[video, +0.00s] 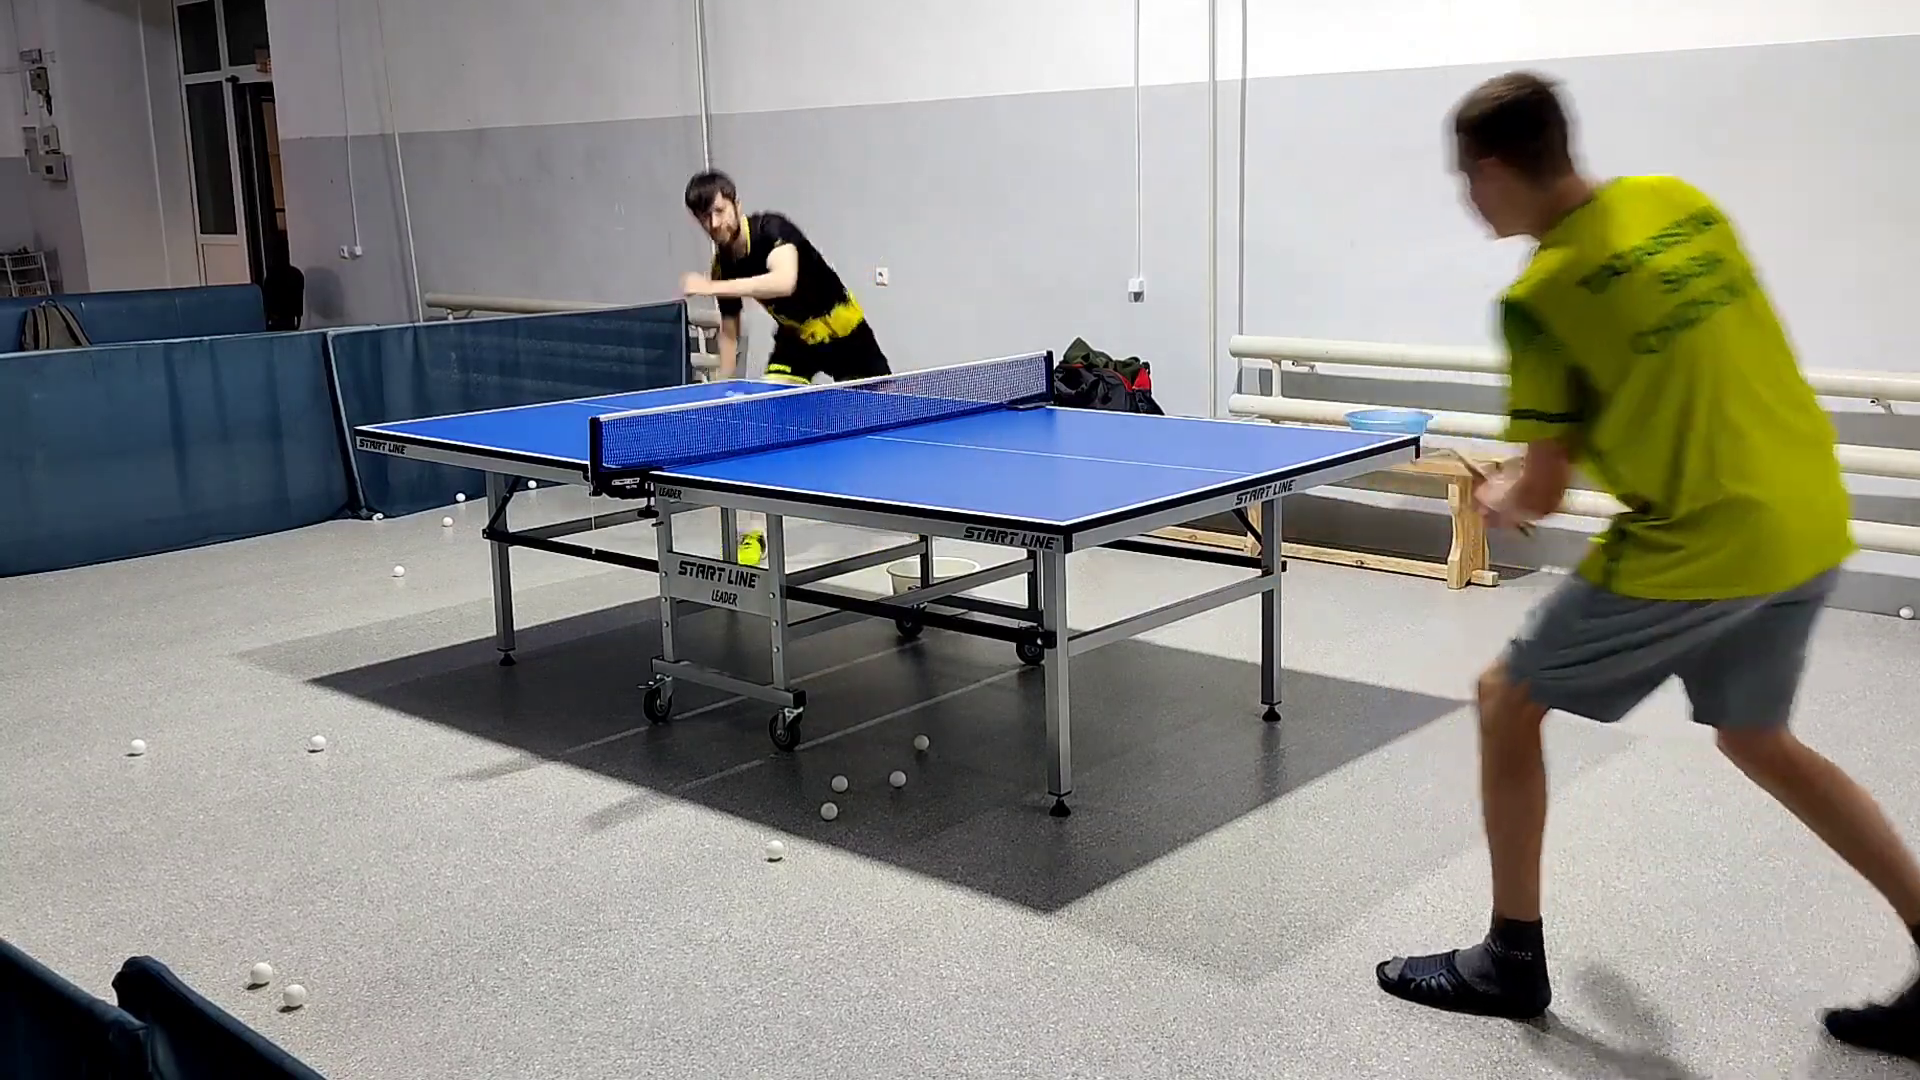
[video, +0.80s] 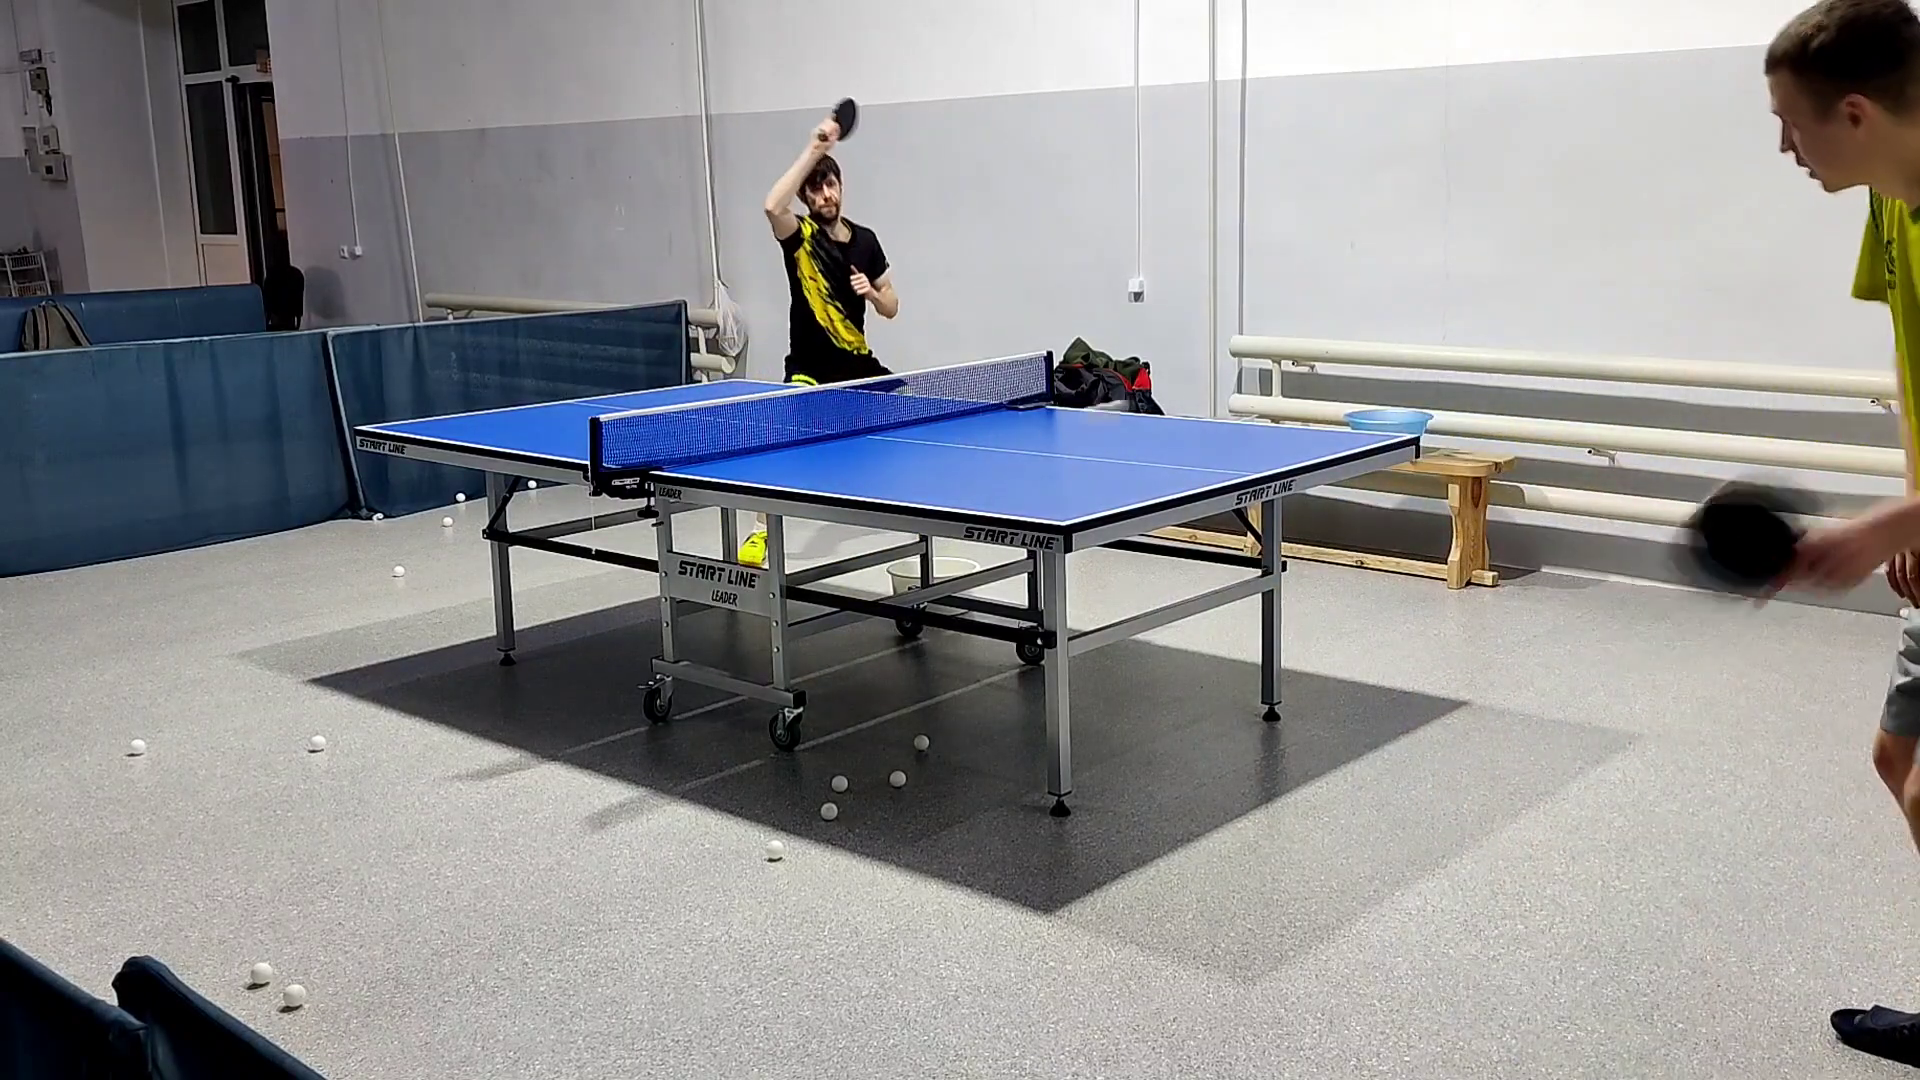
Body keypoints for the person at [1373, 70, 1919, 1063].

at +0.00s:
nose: (1470, 203)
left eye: (1471, 181)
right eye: (1466, 182)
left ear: (1506, 171)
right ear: (1559, 152)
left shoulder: (1541, 295)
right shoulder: (1680, 201)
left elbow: (1548, 478)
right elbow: (1701, 373)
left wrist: (1512, 502)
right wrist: (1567, 456)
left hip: (1689, 548)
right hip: (1812, 521)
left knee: (1506, 697)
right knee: (1754, 735)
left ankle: (1510, 956)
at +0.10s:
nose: (1545, 190)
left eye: (1548, 167)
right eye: (1542, 168)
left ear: (1585, 157)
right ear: (1639, 144)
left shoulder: (1625, 287)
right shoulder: (1754, 201)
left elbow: (1628, 492)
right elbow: (1806, 373)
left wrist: (1558, 535)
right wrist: (1664, 470)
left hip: (1751, 559)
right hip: (1864, 536)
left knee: (1555, 703)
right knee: (1797, 758)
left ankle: (1519, 957)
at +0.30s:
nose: (1672, 168)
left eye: (1678, 145)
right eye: (1670, 147)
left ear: (1727, 135)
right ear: (1766, 127)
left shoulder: (1778, 270)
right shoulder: (1878, 192)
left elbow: (1777, 487)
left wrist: (1644, 550)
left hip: (1868, 569)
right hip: (1919, 557)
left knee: (1667, 721)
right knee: (1847, 766)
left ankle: (1624, 995)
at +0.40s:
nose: (1708, 141)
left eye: (1714, 116)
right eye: (1706, 118)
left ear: (1765, 110)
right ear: (1814, 101)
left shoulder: (1832, 248)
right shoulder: (1905, 174)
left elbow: (1833, 470)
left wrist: (1686, 546)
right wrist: (1703, 538)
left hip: (1894, 553)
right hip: (1915, 546)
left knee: (1736, 740)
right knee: (1871, 751)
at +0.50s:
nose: (1735, 123)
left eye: (1739, 99)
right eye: (1732, 101)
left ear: (1786, 95)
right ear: (1836, 86)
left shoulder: (1874, 237)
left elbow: (1872, 463)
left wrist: (1714, 548)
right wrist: (1721, 546)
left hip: (1913, 567)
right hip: (1912, 562)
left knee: (1842, 787)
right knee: (1885, 788)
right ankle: (1919, 1019)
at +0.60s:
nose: (1750, 136)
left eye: (1753, 111)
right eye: (1747, 113)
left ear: (1804, 104)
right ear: (1835, 97)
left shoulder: (1900, 244)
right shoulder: (1901, 198)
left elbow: (1904, 476)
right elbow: (1912, 447)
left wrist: (1738, 573)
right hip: (1915, 585)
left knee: (1885, 799)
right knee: (1881, 785)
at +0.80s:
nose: (1785, 146)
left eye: (1792, 122)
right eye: (1782, 124)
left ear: (1859, 109)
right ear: (1861, 112)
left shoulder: (1908, 226)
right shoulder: (1891, 224)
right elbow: (1919, 417)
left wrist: (1881, 529)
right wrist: (1902, 536)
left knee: (1906, 759)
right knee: (1903, 756)